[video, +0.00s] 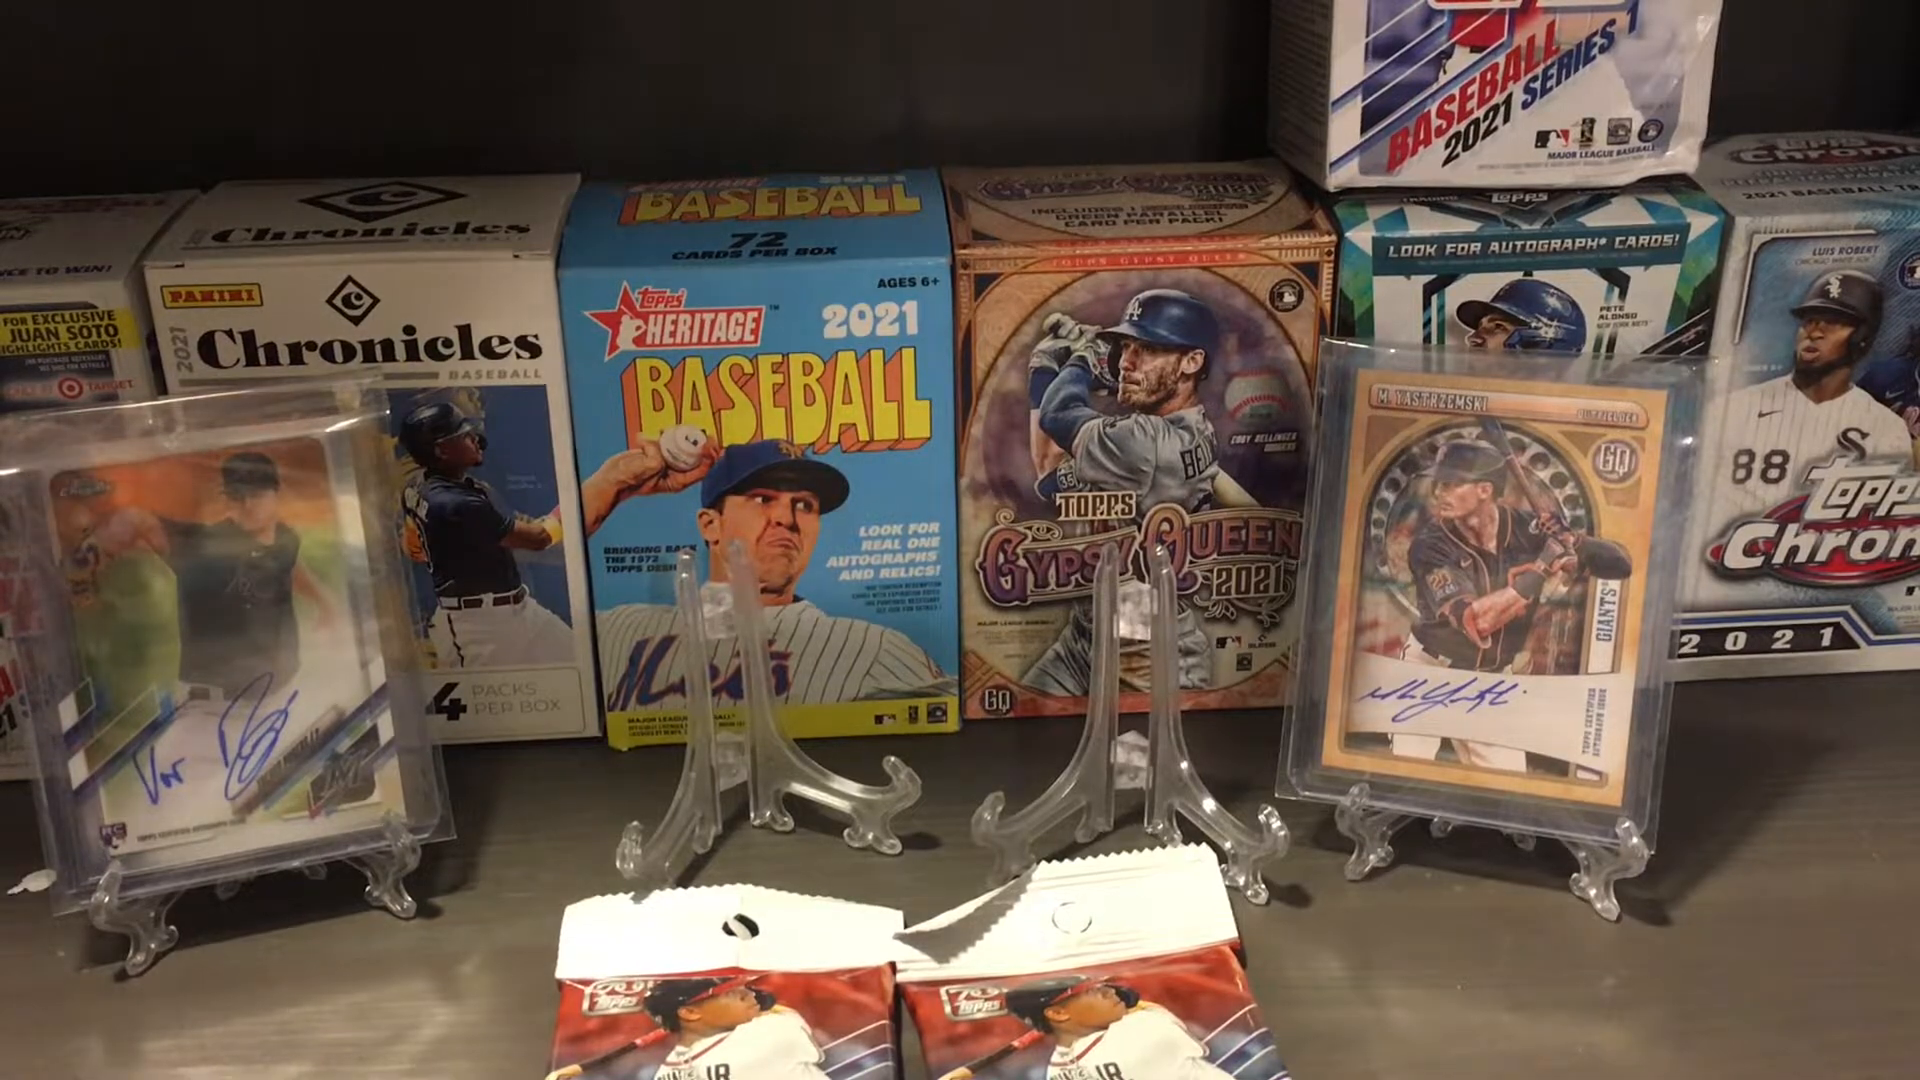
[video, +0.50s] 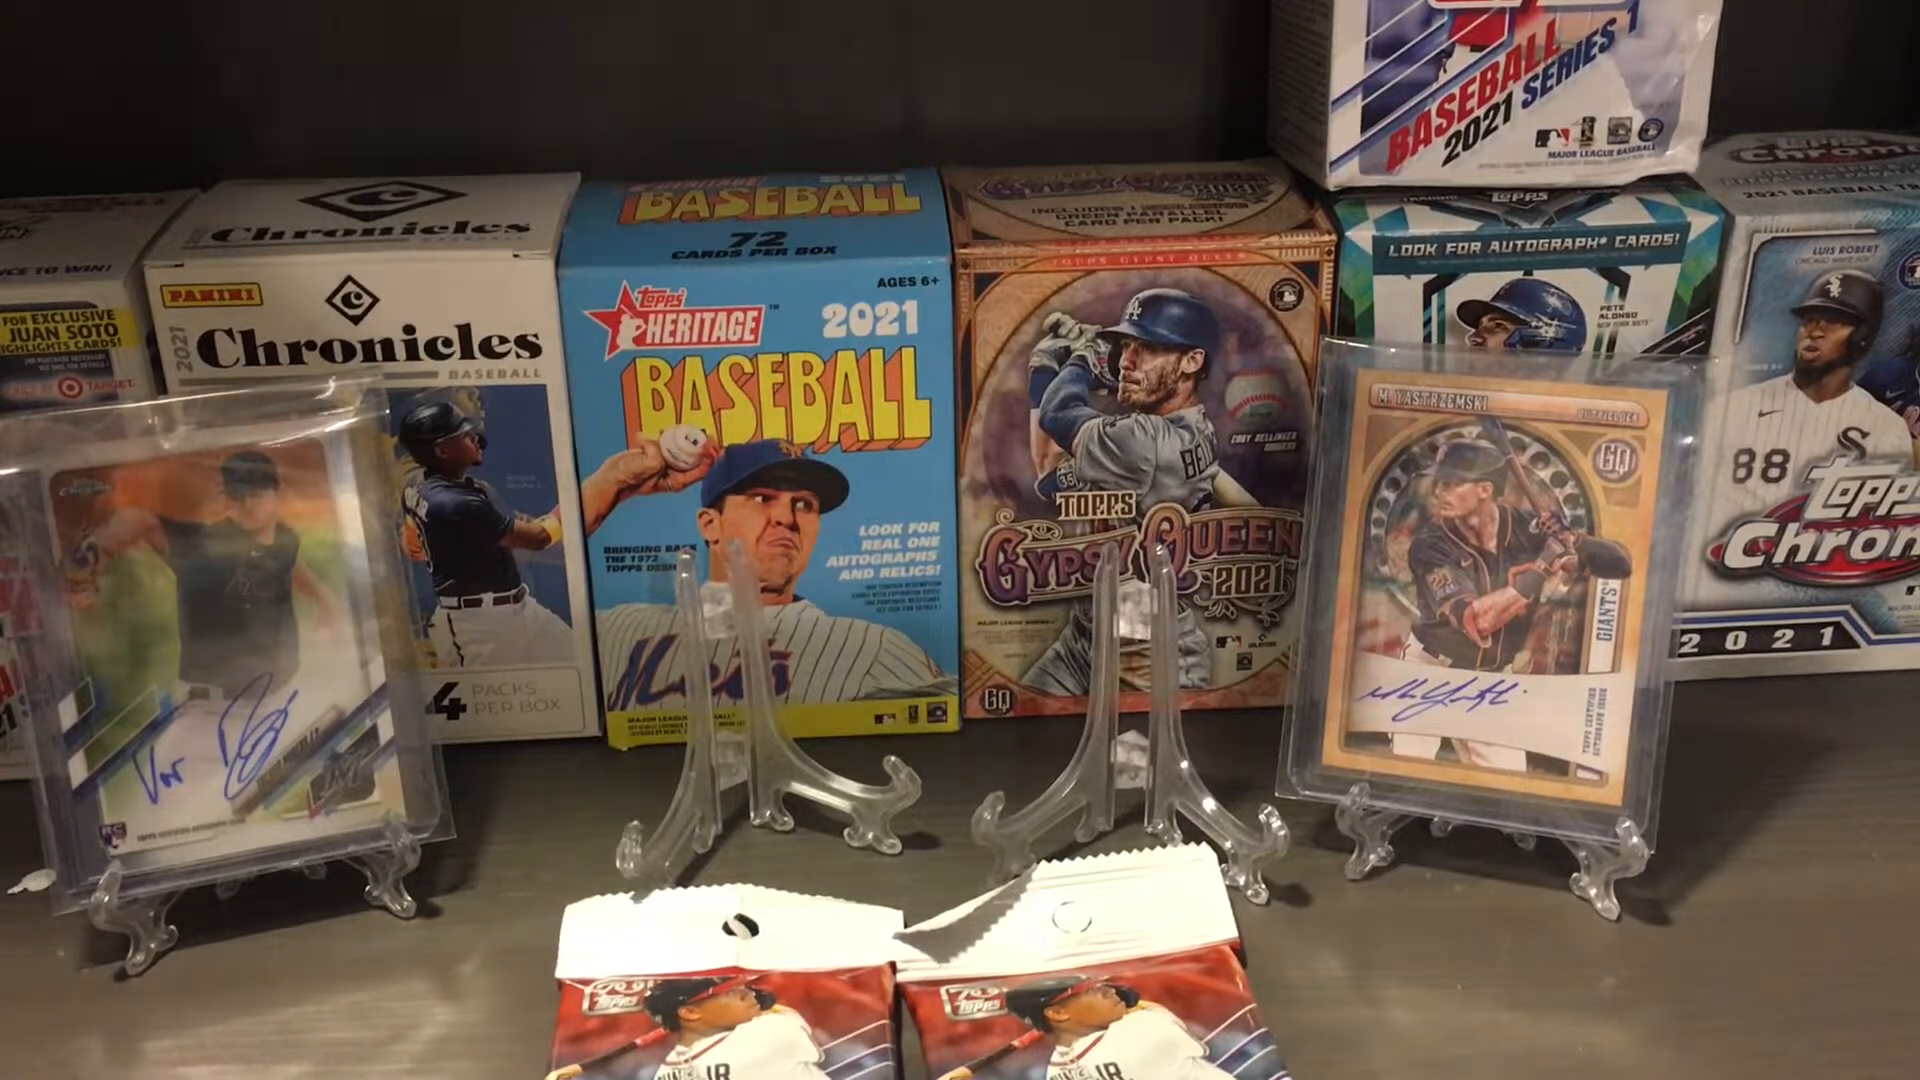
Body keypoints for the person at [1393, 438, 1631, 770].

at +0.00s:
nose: (1439, 493)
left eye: (1451, 485)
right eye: (1439, 485)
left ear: (1484, 491)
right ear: (1435, 487)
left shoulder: (1526, 529)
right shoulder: (1430, 541)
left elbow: (1622, 564)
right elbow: (1473, 623)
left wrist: (1575, 546)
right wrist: (1539, 571)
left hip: (1494, 677)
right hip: (1429, 669)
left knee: (1509, 790)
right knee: (1411, 774)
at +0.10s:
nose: (1439, 493)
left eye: (1451, 485)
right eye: (1439, 484)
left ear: (1484, 491)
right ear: (1436, 487)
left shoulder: (1527, 529)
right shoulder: (1430, 542)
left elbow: (1622, 564)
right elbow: (1474, 623)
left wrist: (1577, 550)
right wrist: (1540, 571)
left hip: (1496, 677)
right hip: (1430, 670)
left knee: (1509, 791)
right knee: (1410, 775)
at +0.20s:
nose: (1439, 493)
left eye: (1451, 485)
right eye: (1439, 484)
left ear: (1484, 491)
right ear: (1435, 487)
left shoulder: (1526, 529)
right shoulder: (1430, 542)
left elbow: (1622, 564)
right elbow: (1474, 622)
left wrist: (1576, 547)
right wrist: (1539, 571)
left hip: (1496, 676)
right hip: (1430, 670)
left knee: (1509, 791)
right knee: (1411, 774)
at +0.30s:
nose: (1439, 492)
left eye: (1451, 484)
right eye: (1439, 484)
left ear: (1484, 490)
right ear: (1435, 487)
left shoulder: (1526, 528)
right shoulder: (1430, 541)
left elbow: (1622, 563)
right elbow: (1474, 622)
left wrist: (1574, 545)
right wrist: (1539, 569)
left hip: (1495, 676)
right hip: (1429, 668)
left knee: (1509, 790)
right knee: (1412, 774)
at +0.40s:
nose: (1439, 492)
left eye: (1451, 484)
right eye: (1439, 484)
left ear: (1484, 490)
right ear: (1436, 486)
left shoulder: (1526, 528)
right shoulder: (1431, 540)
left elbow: (1622, 563)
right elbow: (1474, 622)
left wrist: (1574, 544)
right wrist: (1540, 569)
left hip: (1494, 676)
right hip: (1429, 669)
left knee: (1509, 790)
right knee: (1412, 773)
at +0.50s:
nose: (1440, 492)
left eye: (1452, 485)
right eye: (1439, 484)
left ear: (1485, 490)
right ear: (1436, 486)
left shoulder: (1526, 528)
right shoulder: (1430, 542)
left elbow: (1622, 563)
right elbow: (1474, 622)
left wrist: (1575, 547)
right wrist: (1540, 570)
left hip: (1495, 676)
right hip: (1430, 669)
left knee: (1509, 788)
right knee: (1412, 772)